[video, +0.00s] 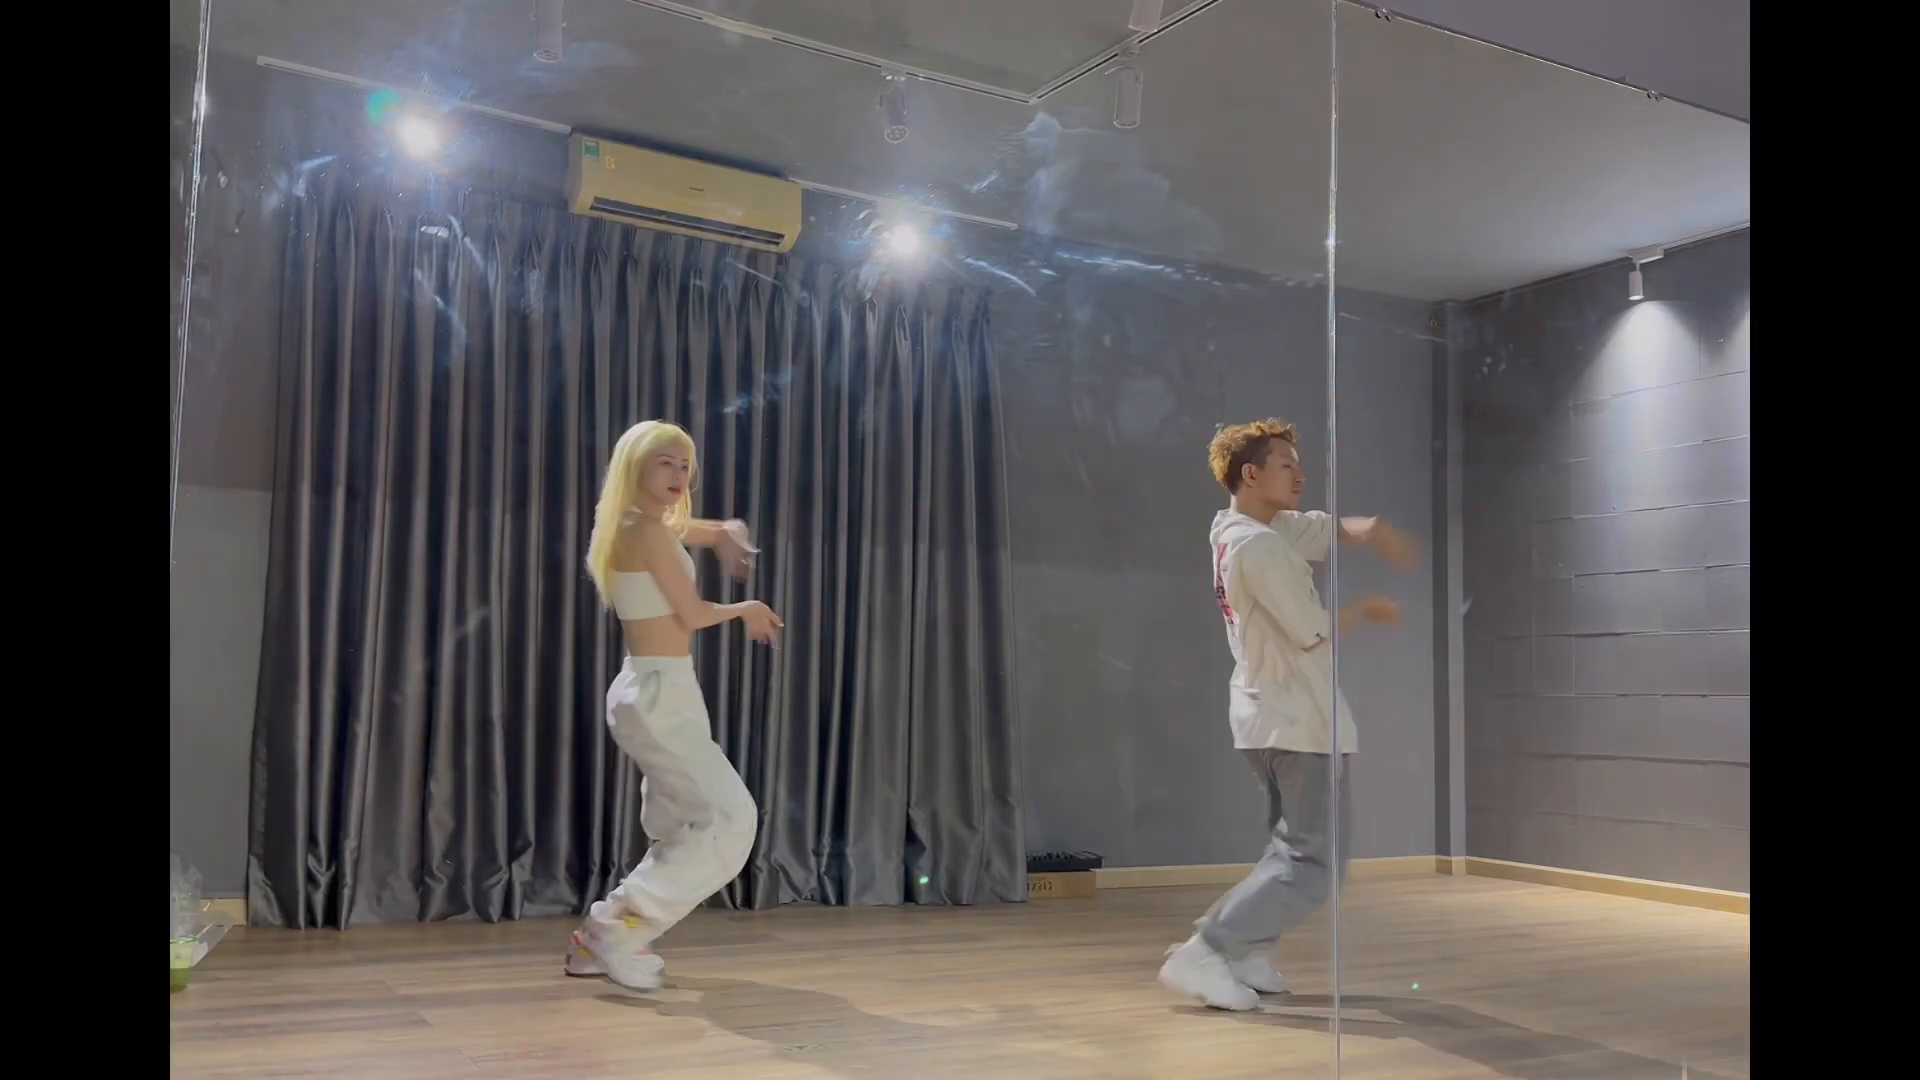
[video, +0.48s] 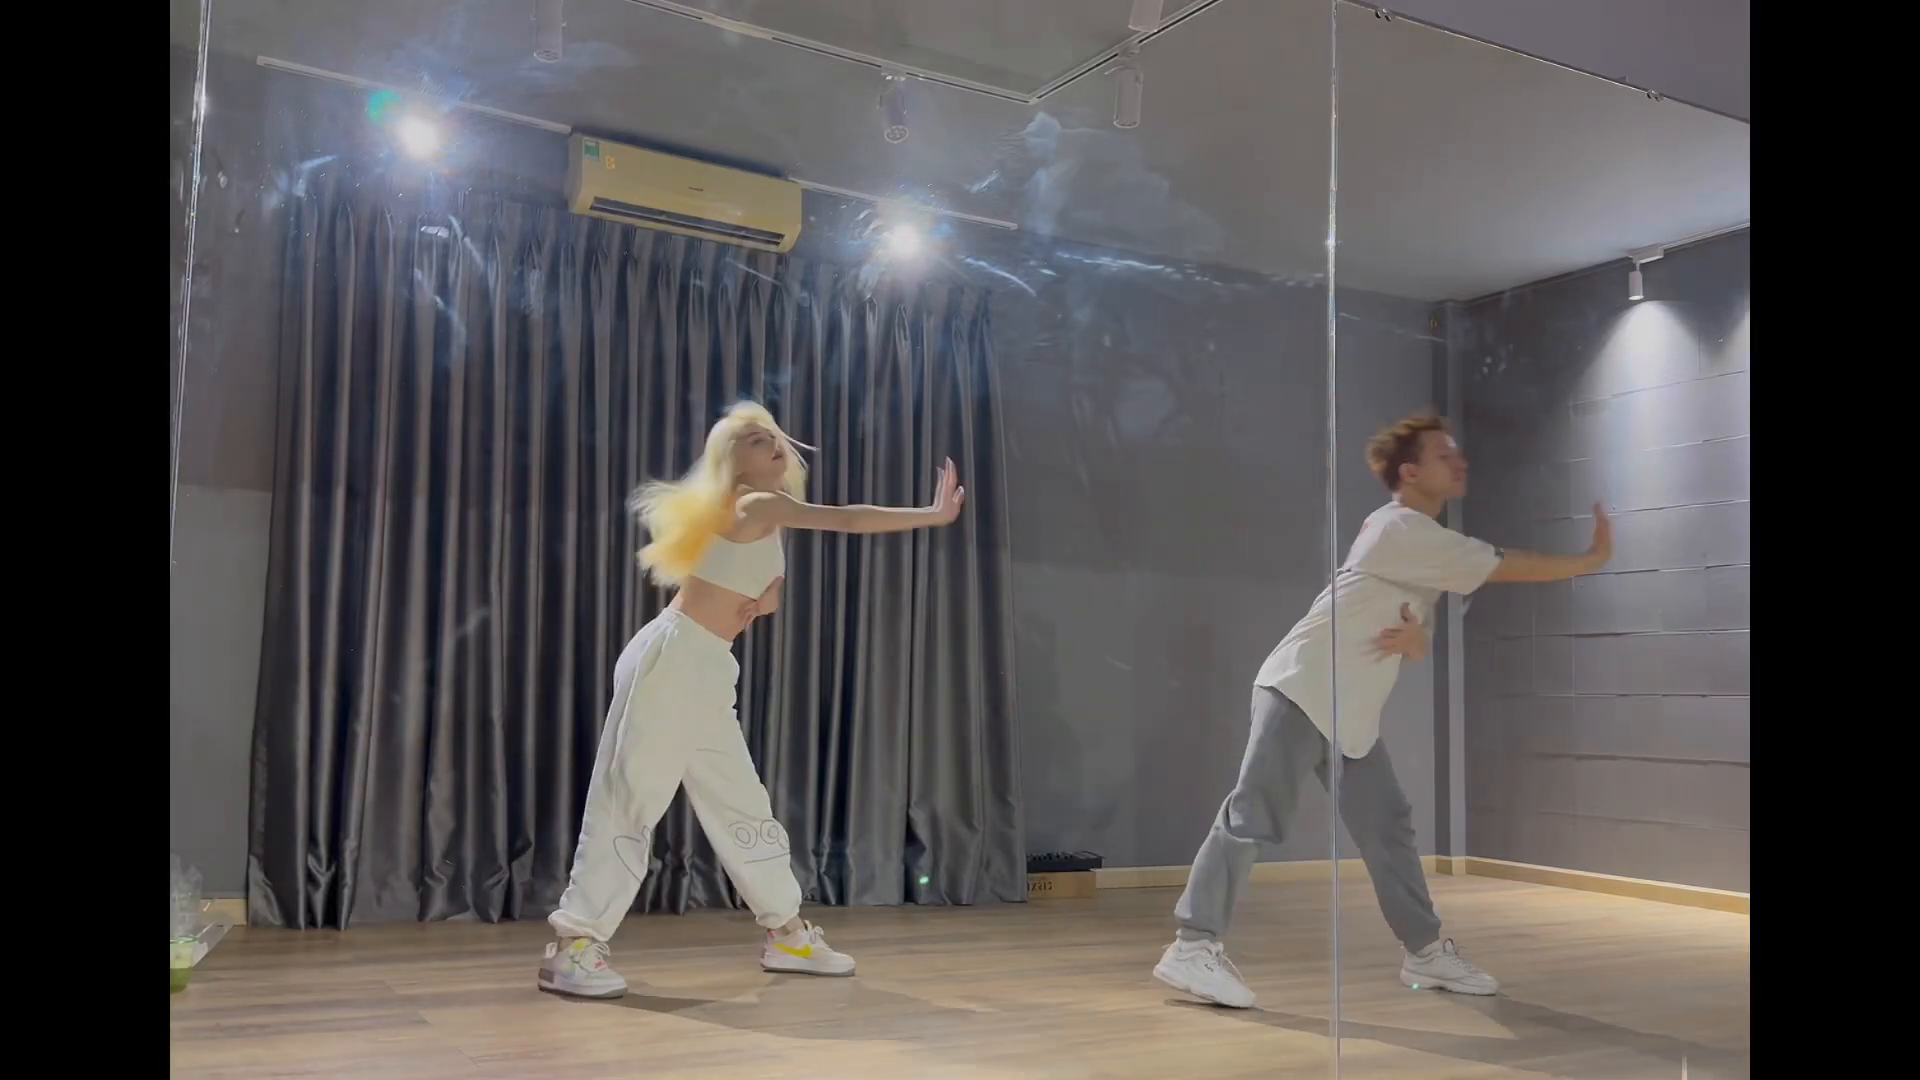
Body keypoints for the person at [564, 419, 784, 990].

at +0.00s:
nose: (680, 474)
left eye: (686, 467)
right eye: (667, 462)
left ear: (685, 477)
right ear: (634, 469)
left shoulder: (630, 527)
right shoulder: (649, 531)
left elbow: (705, 531)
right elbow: (691, 614)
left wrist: (726, 534)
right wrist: (746, 610)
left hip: (644, 697)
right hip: (661, 701)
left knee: (676, 835)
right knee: (735, 818)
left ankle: (605, 941)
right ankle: (617, 924)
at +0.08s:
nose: (674, 479)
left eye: (681, 473)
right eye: (664, 464)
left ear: (680, 484)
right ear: (630, 464)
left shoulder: (657, 532)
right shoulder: (630, 530)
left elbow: (690, 600)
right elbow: (647, 618)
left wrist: (713, 541)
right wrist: (725, 586)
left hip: (684, 685)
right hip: (672, 688)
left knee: (684, 842)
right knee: (702, 852)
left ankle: (609, 940)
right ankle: (583, 939)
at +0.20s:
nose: (686, 476)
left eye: (695, 468)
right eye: (676, 461)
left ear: (699, 475)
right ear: (644, 459)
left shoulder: (659, 523)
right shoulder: (633, 509)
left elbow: (646, 608)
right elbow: (666, 578)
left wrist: (723, 607)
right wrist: (708, 523)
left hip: (698, 682)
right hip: (672, 683)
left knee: (755, 811)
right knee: (668, 828)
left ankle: (664, 903)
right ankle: (577, 948)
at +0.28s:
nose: (705, 448)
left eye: (712, 438)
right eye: (692, 437)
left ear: (718, 447)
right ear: (661, 444)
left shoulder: (665, 501)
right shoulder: (682, 494)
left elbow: (666, 594)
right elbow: (750, 548)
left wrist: (715, 608)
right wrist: (771, 523)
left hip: (691, 673)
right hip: (674, 673)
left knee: (770, 796)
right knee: (661, 828)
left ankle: (736, 922)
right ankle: (576, 948)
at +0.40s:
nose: (744, 438)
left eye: (743, 430)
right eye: (729, 437)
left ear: (759, 443)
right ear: (712, 464)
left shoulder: (716, 501)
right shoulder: (741, 494)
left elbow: (691, 601)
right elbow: (831, 528)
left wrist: (742, 601)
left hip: (692, 672)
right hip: (669, 669)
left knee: (752, 808)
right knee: (639, 816)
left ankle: (788, 933)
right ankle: (574, 947)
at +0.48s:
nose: (781, 445)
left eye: (778, 437)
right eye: (763, 440)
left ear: (778, 453)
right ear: (738, 461)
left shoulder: (749, 514)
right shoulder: (755, 504)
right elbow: (846, 519)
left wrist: (759, 602)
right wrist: (936, 515)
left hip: (703, 673)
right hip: (674, 662)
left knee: (744, 810)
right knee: (628, 805)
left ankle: (789, 935)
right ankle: (574, 946)